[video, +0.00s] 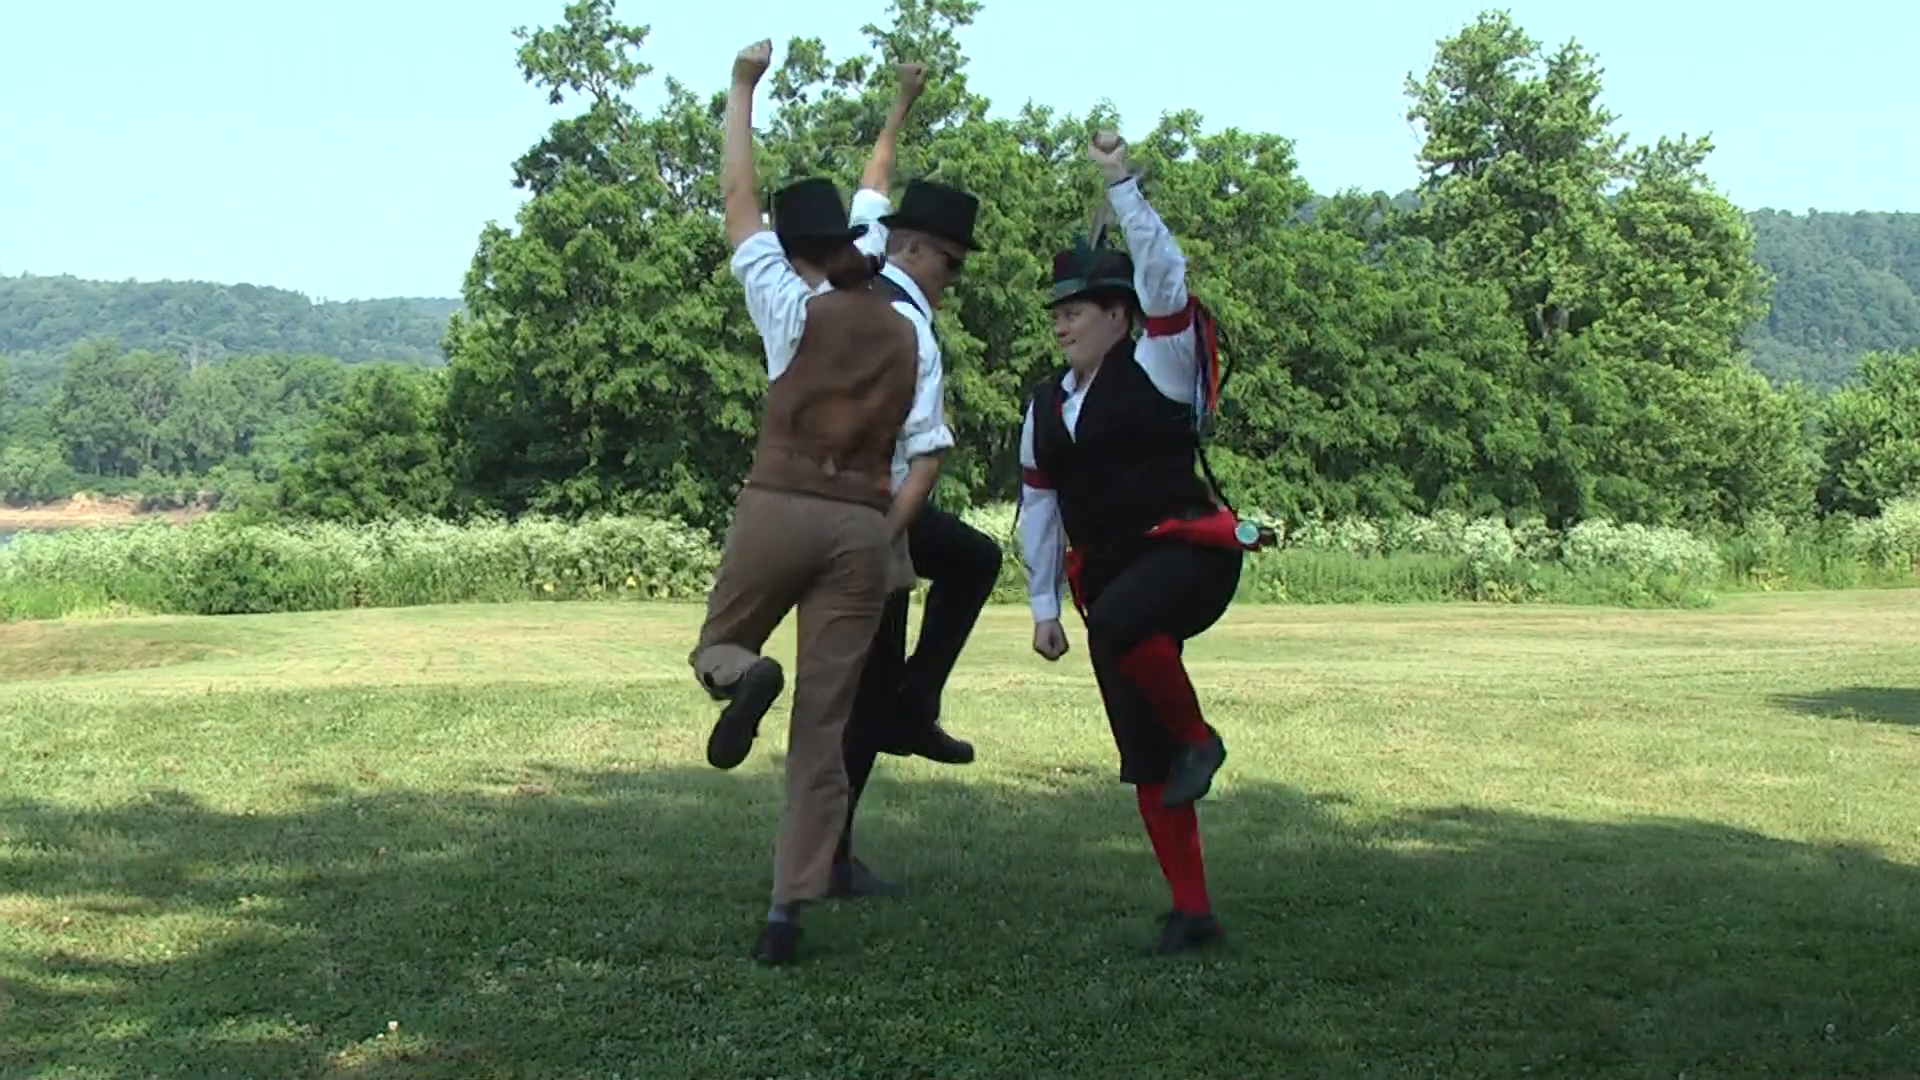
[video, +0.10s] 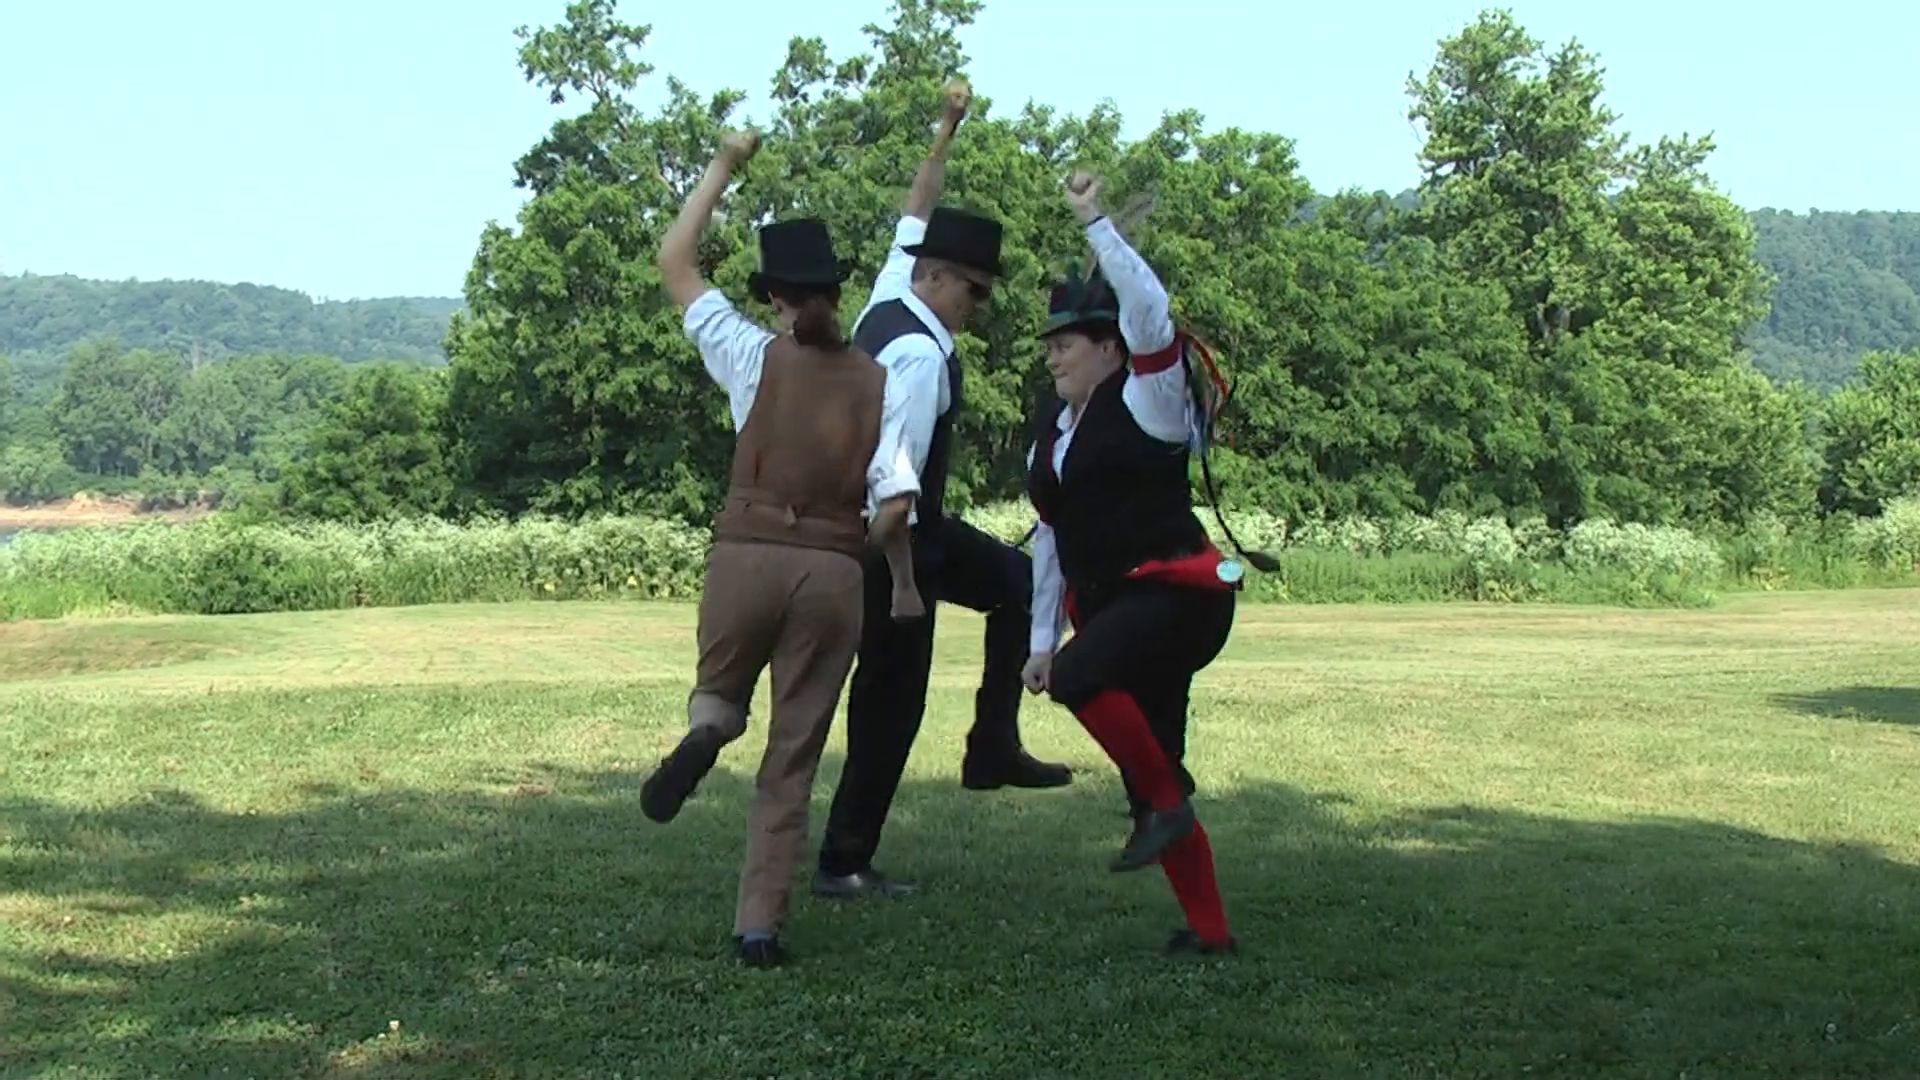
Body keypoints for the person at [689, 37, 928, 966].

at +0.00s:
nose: (796, 267)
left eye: (789, 254)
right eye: (839, 245)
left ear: (798, 258)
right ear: (858, 246)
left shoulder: (788, 307)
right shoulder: (912, 330)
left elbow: (743, 207)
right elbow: (927, 452)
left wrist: (741, 95)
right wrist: (886, 534)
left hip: (775, 516)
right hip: (864, 531)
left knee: (719, 639)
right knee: (823, 728)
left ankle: (745, 676)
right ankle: (788, 909)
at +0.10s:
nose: (775, 306)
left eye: (777, 295)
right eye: (787, 294)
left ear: (776, 298)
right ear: (837, 293)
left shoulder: (751, 356)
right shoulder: (876, 379)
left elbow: (678, 260)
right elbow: (884, 484)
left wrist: (721, 167)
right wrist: (899, 571)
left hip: (746, 561)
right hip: (834, 574)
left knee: (721, 684)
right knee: (792, 762)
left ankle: (706, 731)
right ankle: (760, 928)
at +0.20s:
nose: (774, 305)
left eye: (766, 294)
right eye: (790, 294)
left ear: (756, 295)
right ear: (820, 295)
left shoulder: (724, 359)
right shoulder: (857, 387)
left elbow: (612, 357)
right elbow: (876, 501)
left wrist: (680, 297)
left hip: (720, 567)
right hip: (809, 577)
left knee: (702, 692)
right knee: (780, 760)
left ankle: (673, 790)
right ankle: (760, 927)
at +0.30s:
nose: (785, 290)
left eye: (764, 279)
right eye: (792, 281)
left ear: (734, 282)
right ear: (798, 287)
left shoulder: (691, 355)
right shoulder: (827, 370)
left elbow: (604, 439)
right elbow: (895, 450)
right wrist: (890, 376)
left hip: (695, 549)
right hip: (782, 558)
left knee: (675, 678)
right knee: (767, 734)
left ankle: (639, 823)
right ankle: (759, 914)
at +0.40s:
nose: (786, 299)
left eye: (782, 287)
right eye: (783, 289)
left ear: (716, 285)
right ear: (771, 294)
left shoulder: (658, 360)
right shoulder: (794, 365)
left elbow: (632, 464)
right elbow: (909, 370)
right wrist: (896, 285)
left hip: (666, 544)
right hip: (753, 553)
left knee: (649, 703)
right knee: (747, 726)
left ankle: (613, 855)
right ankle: (747, 896)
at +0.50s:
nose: (764, 328)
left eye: (761, 316)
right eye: (761, 317)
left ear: (690, 312)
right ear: (744, 318)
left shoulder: (632, 383)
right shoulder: (766, 380)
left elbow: (606, 479)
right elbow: (851, 320)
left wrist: (596, 585)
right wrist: (888, 226)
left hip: (644, 568)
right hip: (729, 570)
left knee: (634, 738)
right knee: (728, 741)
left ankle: (602, 893)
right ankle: (727, 883)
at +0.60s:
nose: (758, 324)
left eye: (755, 314)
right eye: (754, 314)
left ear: (685, 311)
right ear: (730, 316)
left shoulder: (624, 381)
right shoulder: (753, 370)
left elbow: (587, 477)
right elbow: (829, 285)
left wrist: (600, 564)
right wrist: (863, 195)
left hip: (639, 564)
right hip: (725, 570)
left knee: (626, 734)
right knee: (723, 735)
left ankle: (601, 892)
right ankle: (688, 811)